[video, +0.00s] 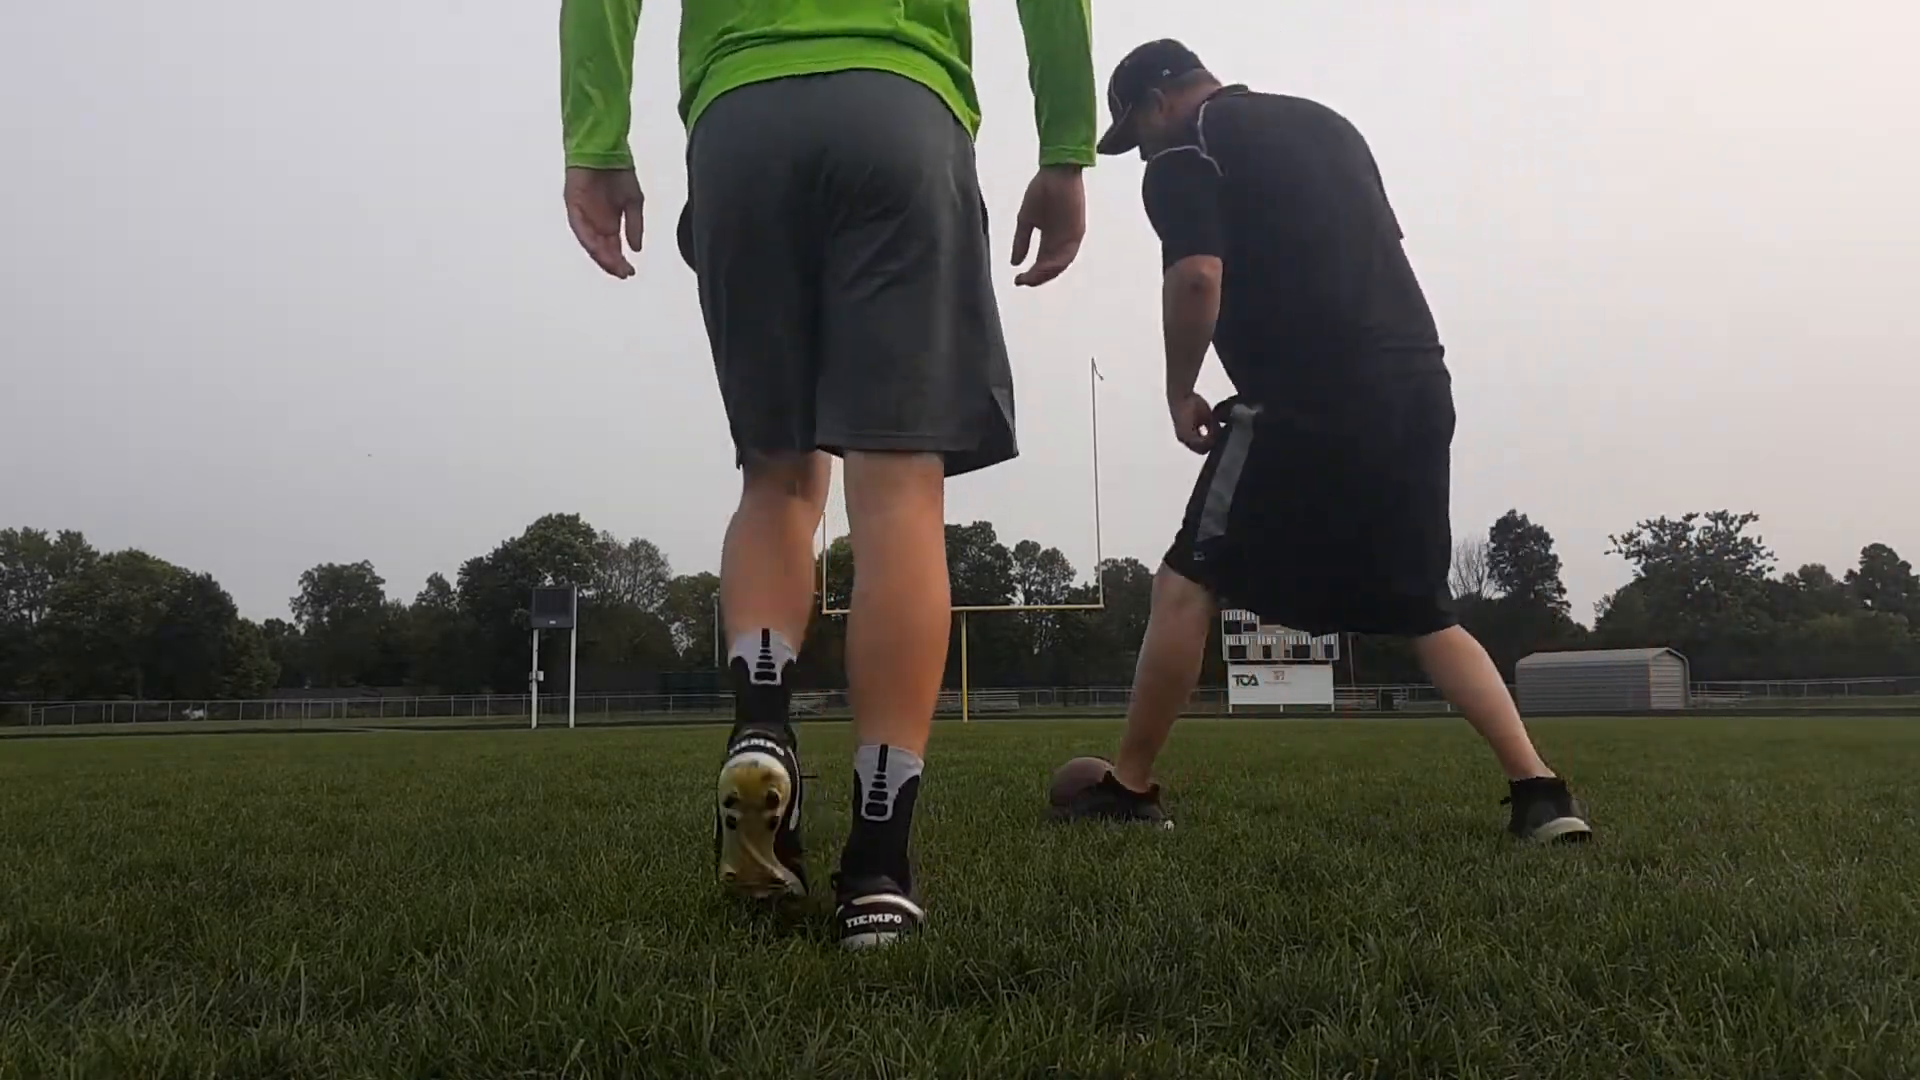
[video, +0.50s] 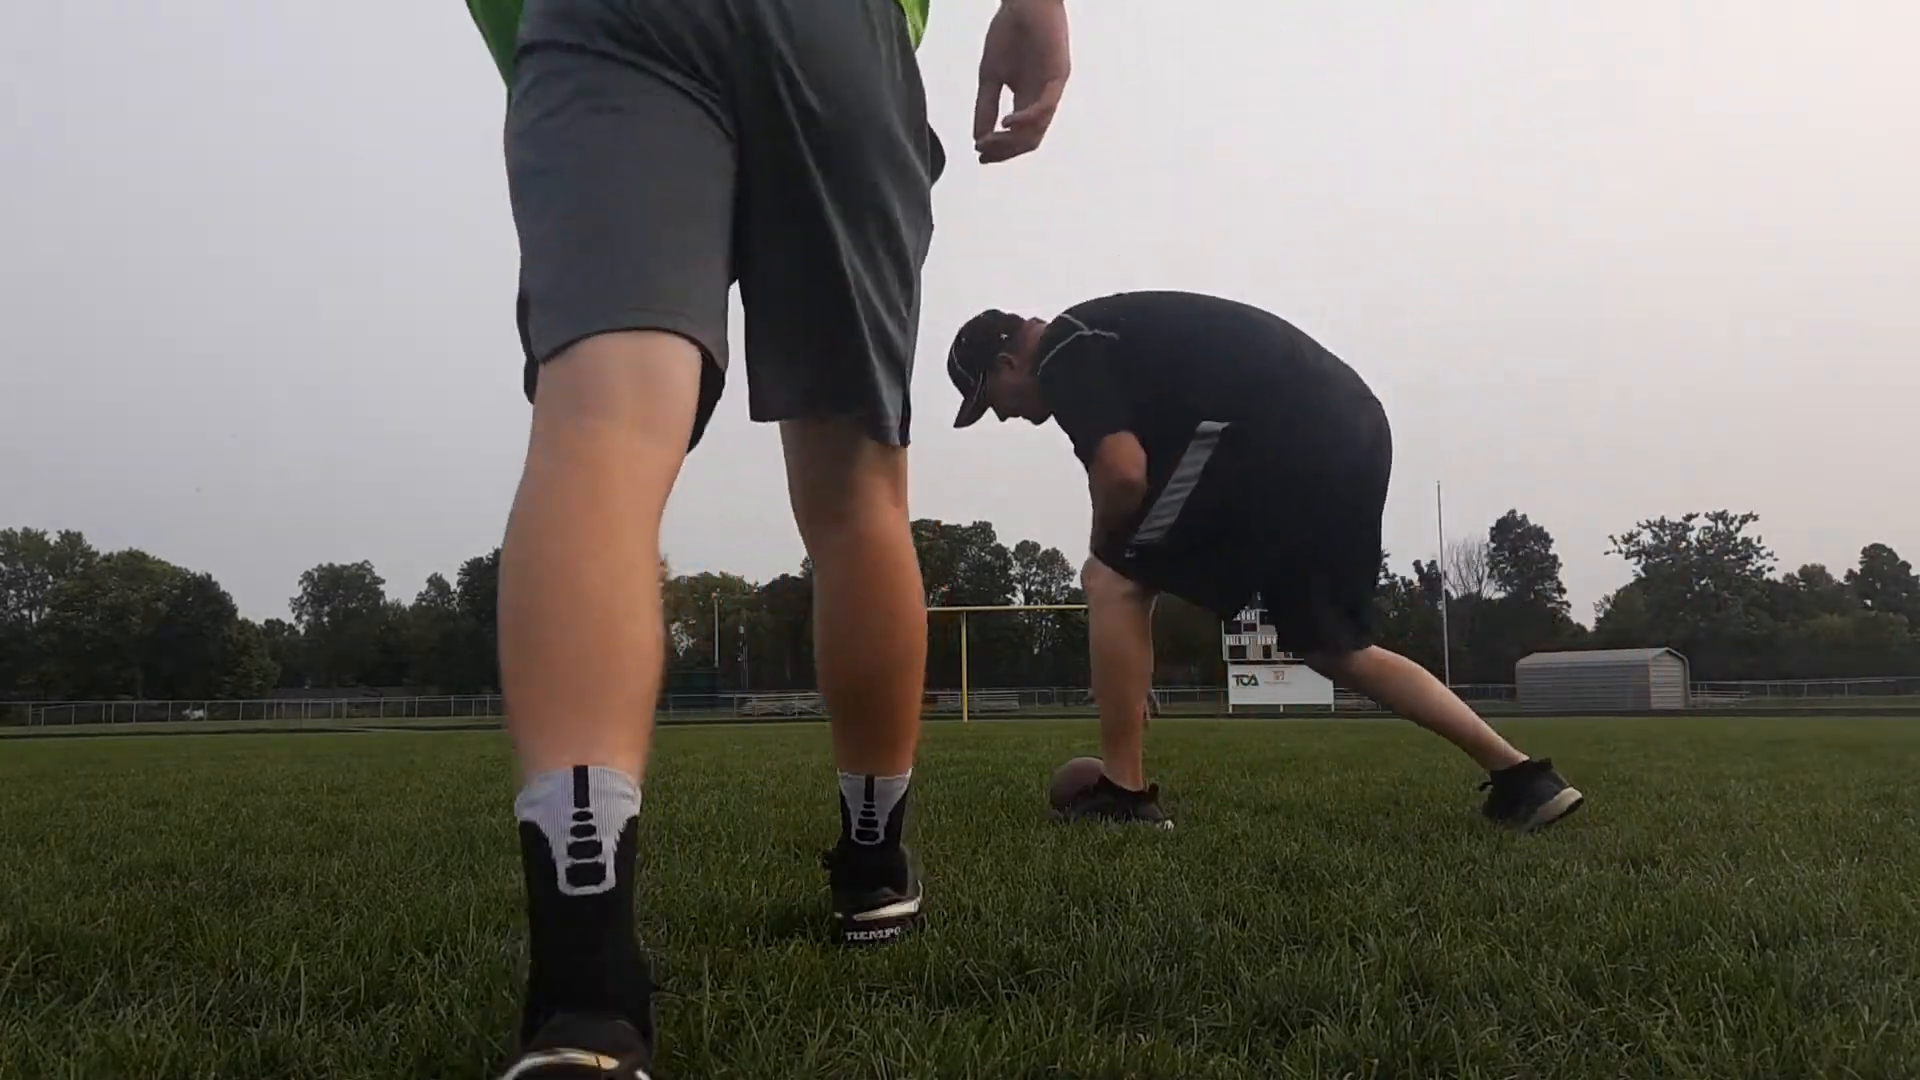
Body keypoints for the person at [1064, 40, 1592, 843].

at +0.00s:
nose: (1147, 154)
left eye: (1141, 137)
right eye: (1137, 144)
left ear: (1161, 96)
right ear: (1202, 82)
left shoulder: (1184, 148)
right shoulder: (1323, 121)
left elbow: (1197, 275)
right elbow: (1364, 254)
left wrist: (1181, 389)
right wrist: (1273, 383)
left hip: (1302, 392)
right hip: (1416, 385)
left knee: (1185, 583)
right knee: (1418, 603)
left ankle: (1129, 782)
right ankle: (1537, 783)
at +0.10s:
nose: (1084, 207)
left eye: (1075, 186)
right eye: (1073, 194)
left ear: (1094, 157)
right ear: (1134, 131)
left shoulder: (1126, 196)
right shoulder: (1244, 156)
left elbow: (1143, 335)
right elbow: (1280, 290)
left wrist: (1142, 443)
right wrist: (1211, 409)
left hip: (1266, 399)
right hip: (1377, 385)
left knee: (1150, 582)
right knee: (1371, 598)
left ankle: (1126, 783)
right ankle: (1517, 746)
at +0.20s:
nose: (1034, 261)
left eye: (1026, 245)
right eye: (1023, 250)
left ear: (1041, 214)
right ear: (1080, 180)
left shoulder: (1089, 236)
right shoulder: (1179, 208)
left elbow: (1115, 387)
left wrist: (1121, 485)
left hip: (1259, 397)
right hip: (1361, 384)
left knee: (1135, 578)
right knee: (1355, 594)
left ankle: (1126, 781)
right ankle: (1517, 747)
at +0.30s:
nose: (1019, 315)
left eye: (1009, 300)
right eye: (1006, 307)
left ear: (1023, 260)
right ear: (1051, 239)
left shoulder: (1067, 288)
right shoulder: (1150, 254)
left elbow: (1108, 426)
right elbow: (1209, 390)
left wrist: (1116, 538)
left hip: (1248, 400)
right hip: (1353, 390)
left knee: (1130, 580)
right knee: (1349, 603)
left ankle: (1123, 784)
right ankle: (1505, 768)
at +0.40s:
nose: (1017, 367)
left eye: (1004, 353)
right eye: (1003, 362)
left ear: (1017, 304)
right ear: (1038, 285)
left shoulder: (1064, 321)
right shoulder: (1138, 302)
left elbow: (1115, 452)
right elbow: (1175, 446)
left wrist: (1124, 568)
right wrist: (1161, 584)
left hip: (1250, 418)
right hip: (1353, 413)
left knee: (1118, 579)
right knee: (1353, 631)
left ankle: (1123, 785)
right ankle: (1516, 768)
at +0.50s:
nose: (1014, 419)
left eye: (998, 402)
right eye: (997, 410)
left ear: (1012, 353)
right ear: (1028, 334)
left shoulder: (1066, 350)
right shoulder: (1120, 333)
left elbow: (1123, 469)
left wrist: (1103, 559)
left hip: (1261, 428)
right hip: (1356, 427)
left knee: (1113, 578)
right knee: (1332, 642)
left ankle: (1122, 785)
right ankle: (1518, 774)